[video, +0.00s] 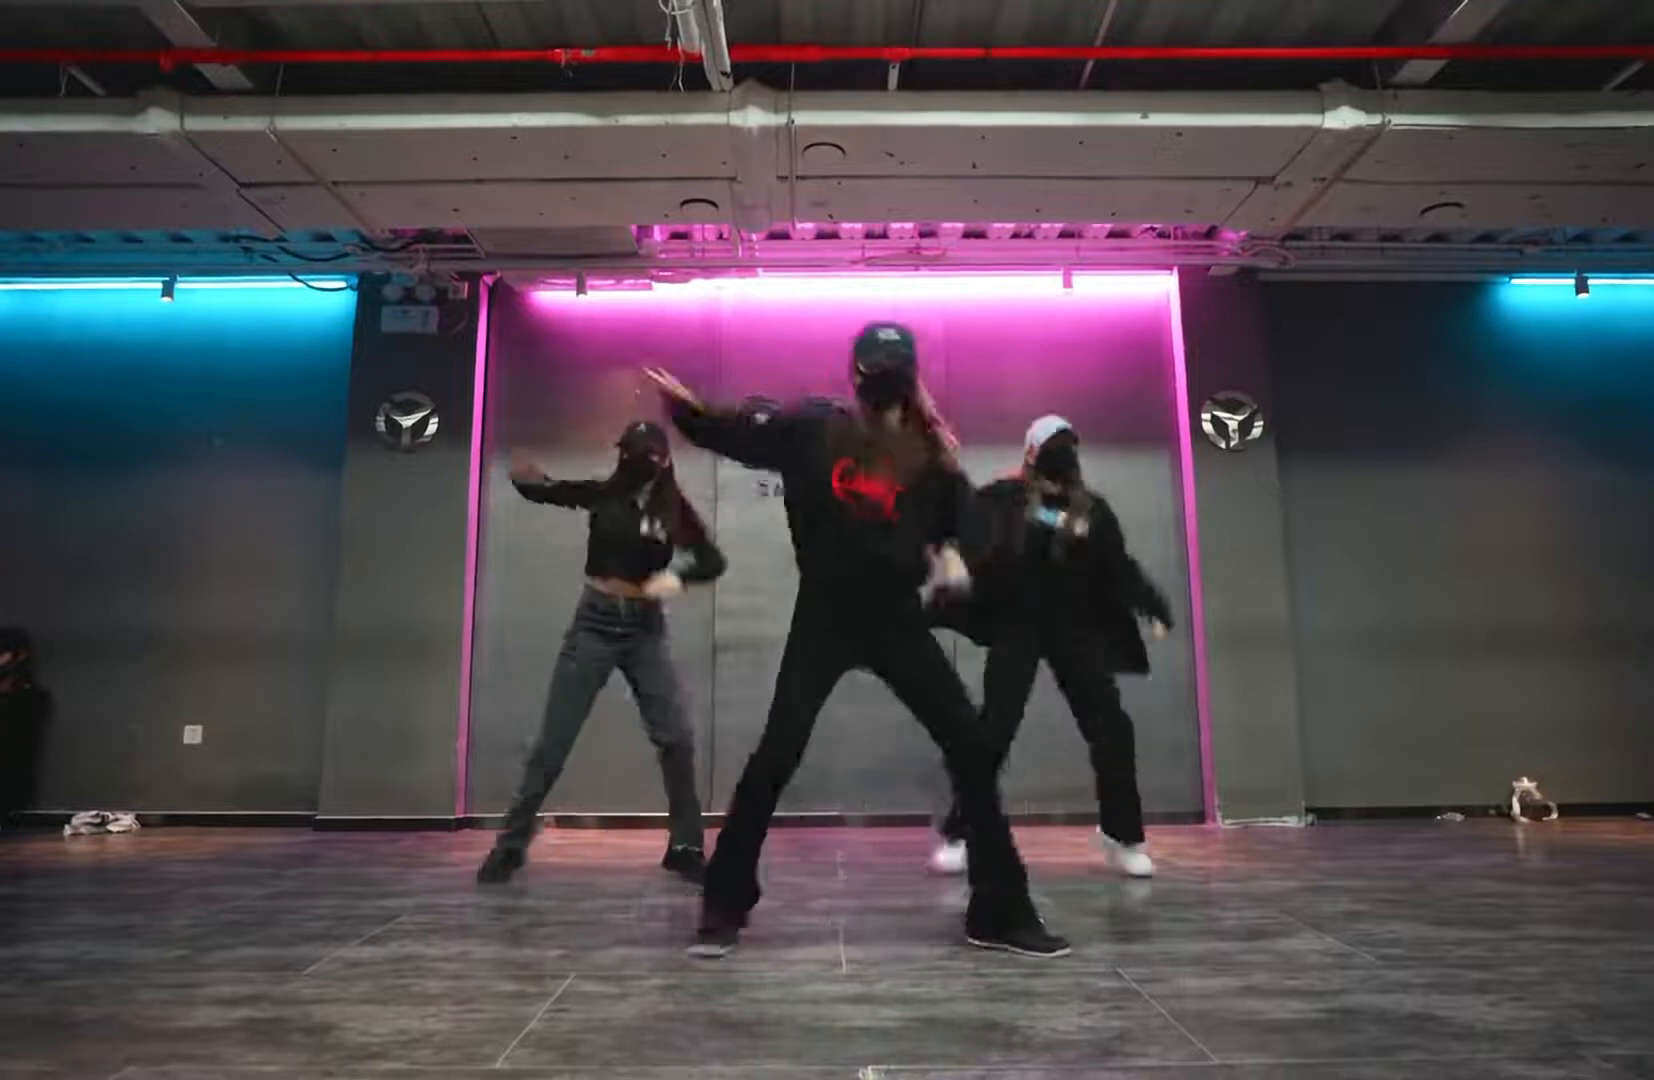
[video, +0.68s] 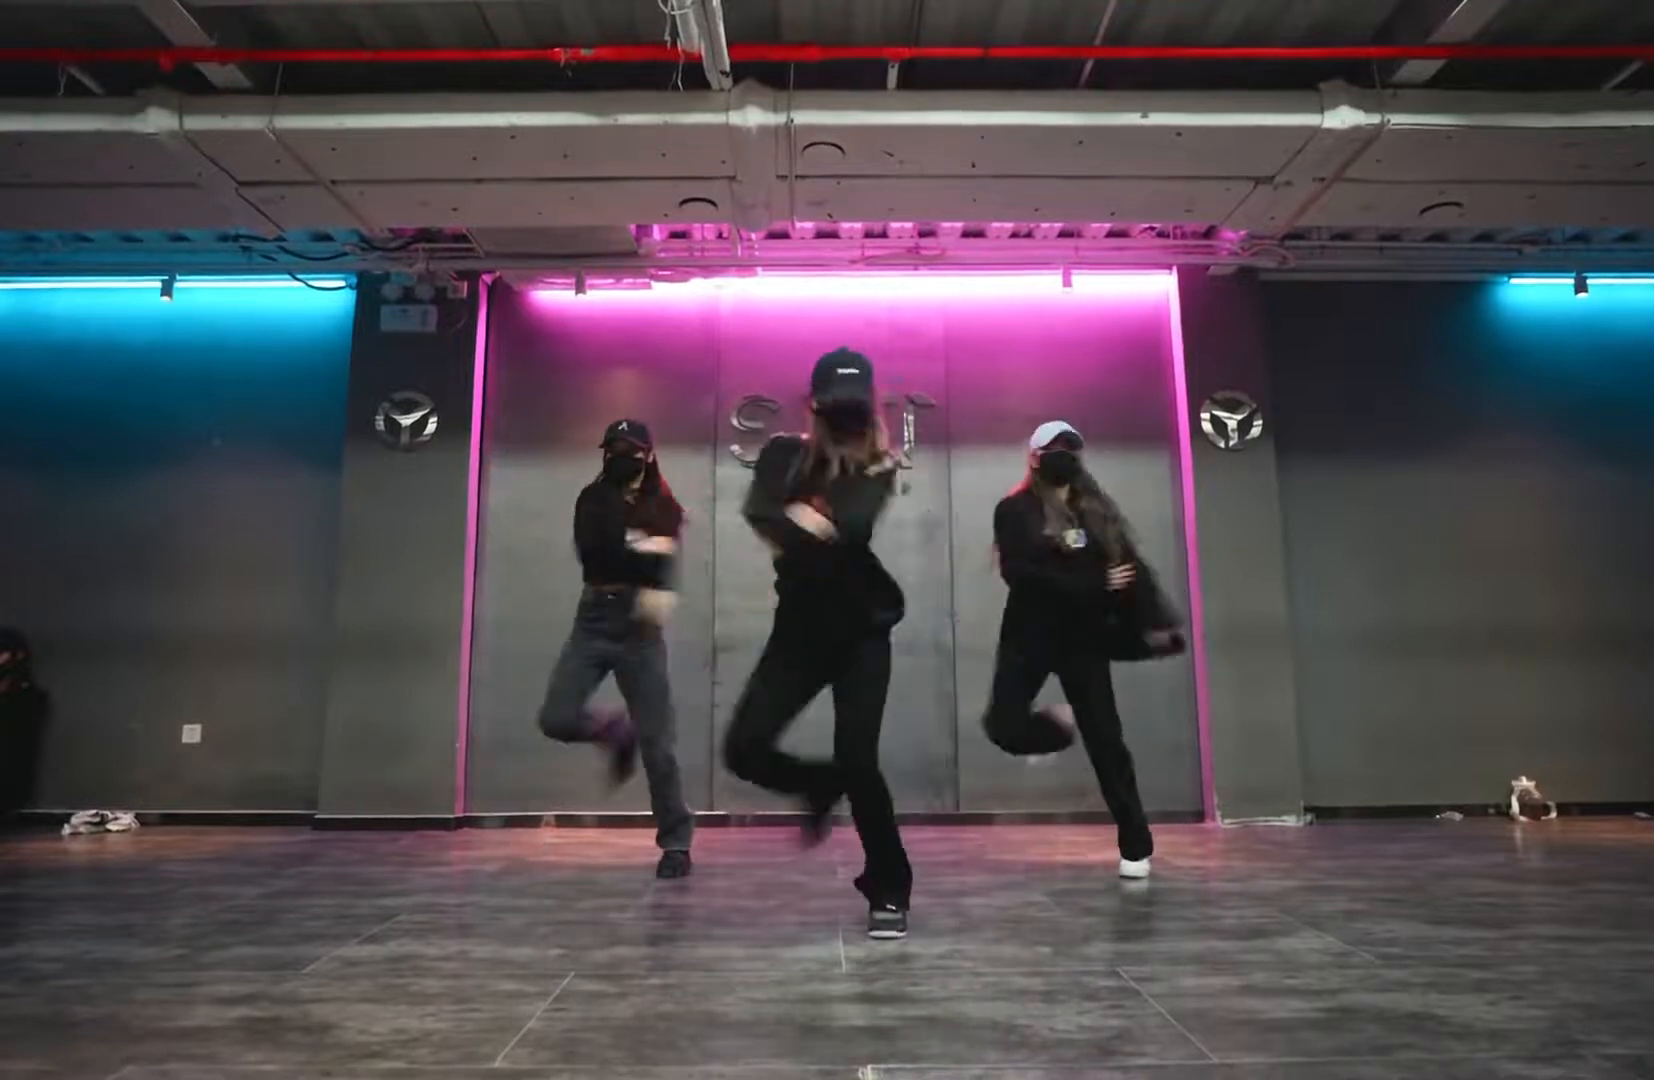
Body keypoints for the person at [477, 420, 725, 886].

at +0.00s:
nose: (641, 466)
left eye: (650, 458)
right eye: (634, 457)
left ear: (663, 461)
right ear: (622, 457)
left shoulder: (672, 505)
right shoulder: (603, 494)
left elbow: (711, 561)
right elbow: (548, 493)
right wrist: (526, 478)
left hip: (645, 629)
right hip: (594, 623)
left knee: (676, 738)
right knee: (551, 746)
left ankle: (685, 848)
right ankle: (509, 849)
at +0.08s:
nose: (633, 447)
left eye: (643, 439)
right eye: (628, 438)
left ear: (662, 440)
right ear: (620, 437)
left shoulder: (679, 482)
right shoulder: (606, 475)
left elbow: (694, 541)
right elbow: (548, 510)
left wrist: (641, 560)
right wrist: (584, 508)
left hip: (649, 608)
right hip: (597, 606)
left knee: (658, 728)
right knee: (580, 721)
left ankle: (675, 838)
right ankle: (568, 833)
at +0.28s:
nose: (639, 457)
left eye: (648, 448)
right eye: (631, 447)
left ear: (661, 448)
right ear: (617, 447)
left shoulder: (671, 495)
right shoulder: (607, 490)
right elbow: (575, 552)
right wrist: (606, 553)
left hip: (660, 619)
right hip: (610, 619)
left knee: (664, 737)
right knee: (616, 737)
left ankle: (676, 844)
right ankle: (622, 842)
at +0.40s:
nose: (639, 451)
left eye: (647, 444)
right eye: (631, 443)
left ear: (659, 447)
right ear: (616, 444)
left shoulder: (669, 489)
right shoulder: (599, 492)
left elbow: (685, 539)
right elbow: (603, 553)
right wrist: (662, 555)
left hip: (659, 617)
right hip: (612, 617)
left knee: (664, 727)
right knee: (611, 726)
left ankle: (675, 840)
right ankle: (649, 812)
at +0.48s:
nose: (633, 461)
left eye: (640, 453)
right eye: (625, 454)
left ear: (654, 453)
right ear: (612, 453)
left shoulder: (667, 492)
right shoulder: (599, 496)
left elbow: (706, 538)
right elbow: (612, 539)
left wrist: (753, 581)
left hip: (650, 620)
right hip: (604, 619)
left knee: (654, 738)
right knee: (604, 730)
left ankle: (673, 845)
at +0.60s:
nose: (627, 460)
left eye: (635, 453)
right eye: (619, 453)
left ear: (651, 456)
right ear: (608, 456)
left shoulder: (665, 501)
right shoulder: (595, 497)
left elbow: (700, 544)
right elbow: (614, 547)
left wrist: (735, 583)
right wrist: (673, 544)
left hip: (646, 622)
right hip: (598, 621)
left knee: (653, 744)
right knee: (590, 731)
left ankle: (674, 845)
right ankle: (658, 679)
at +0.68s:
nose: (620, 463)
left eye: (629, 455)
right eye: (613, 454)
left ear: (647, 457)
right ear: (604, 456)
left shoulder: (661, 507)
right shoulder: (592, 499)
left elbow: (664, 562)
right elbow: (592, 559)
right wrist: (648, 555)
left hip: (641, 625)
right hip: (594, 619)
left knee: (656, 743)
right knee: (556, 720)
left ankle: (675, 845)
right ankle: (620, 733)